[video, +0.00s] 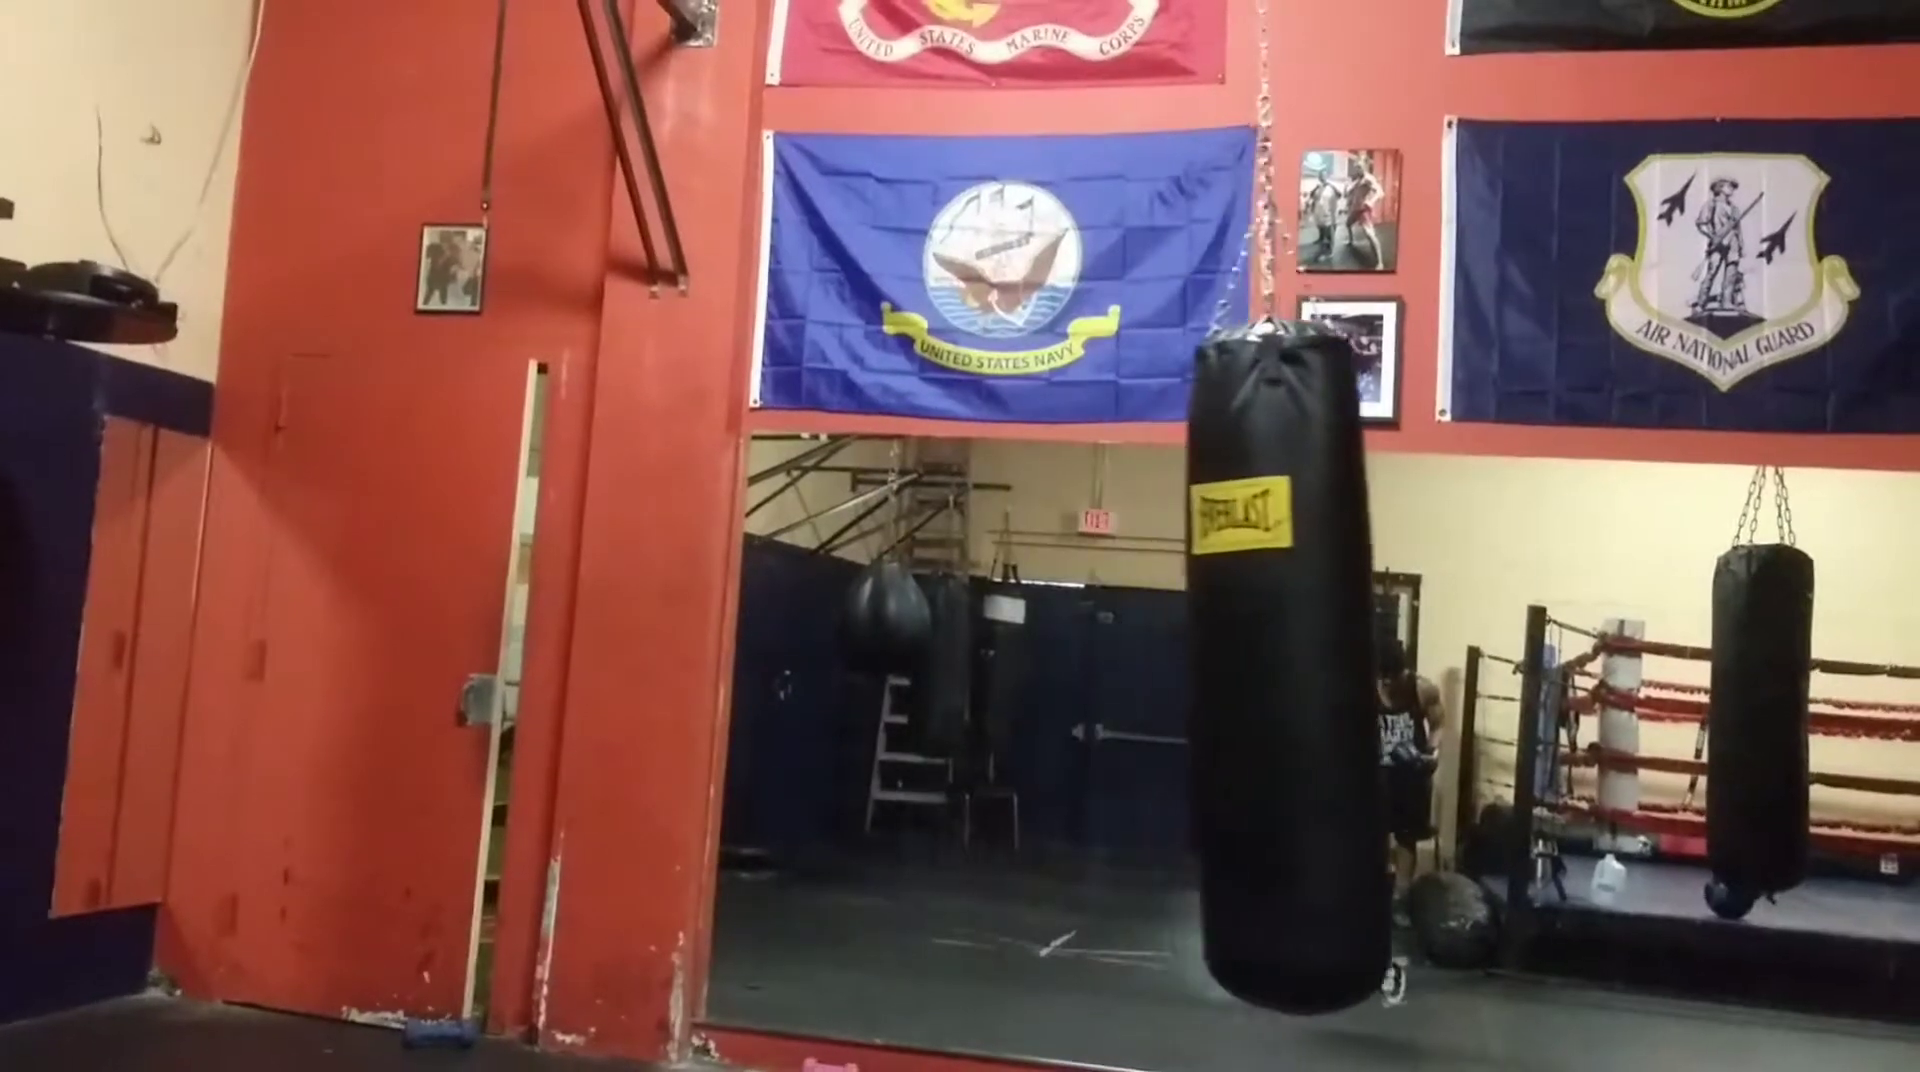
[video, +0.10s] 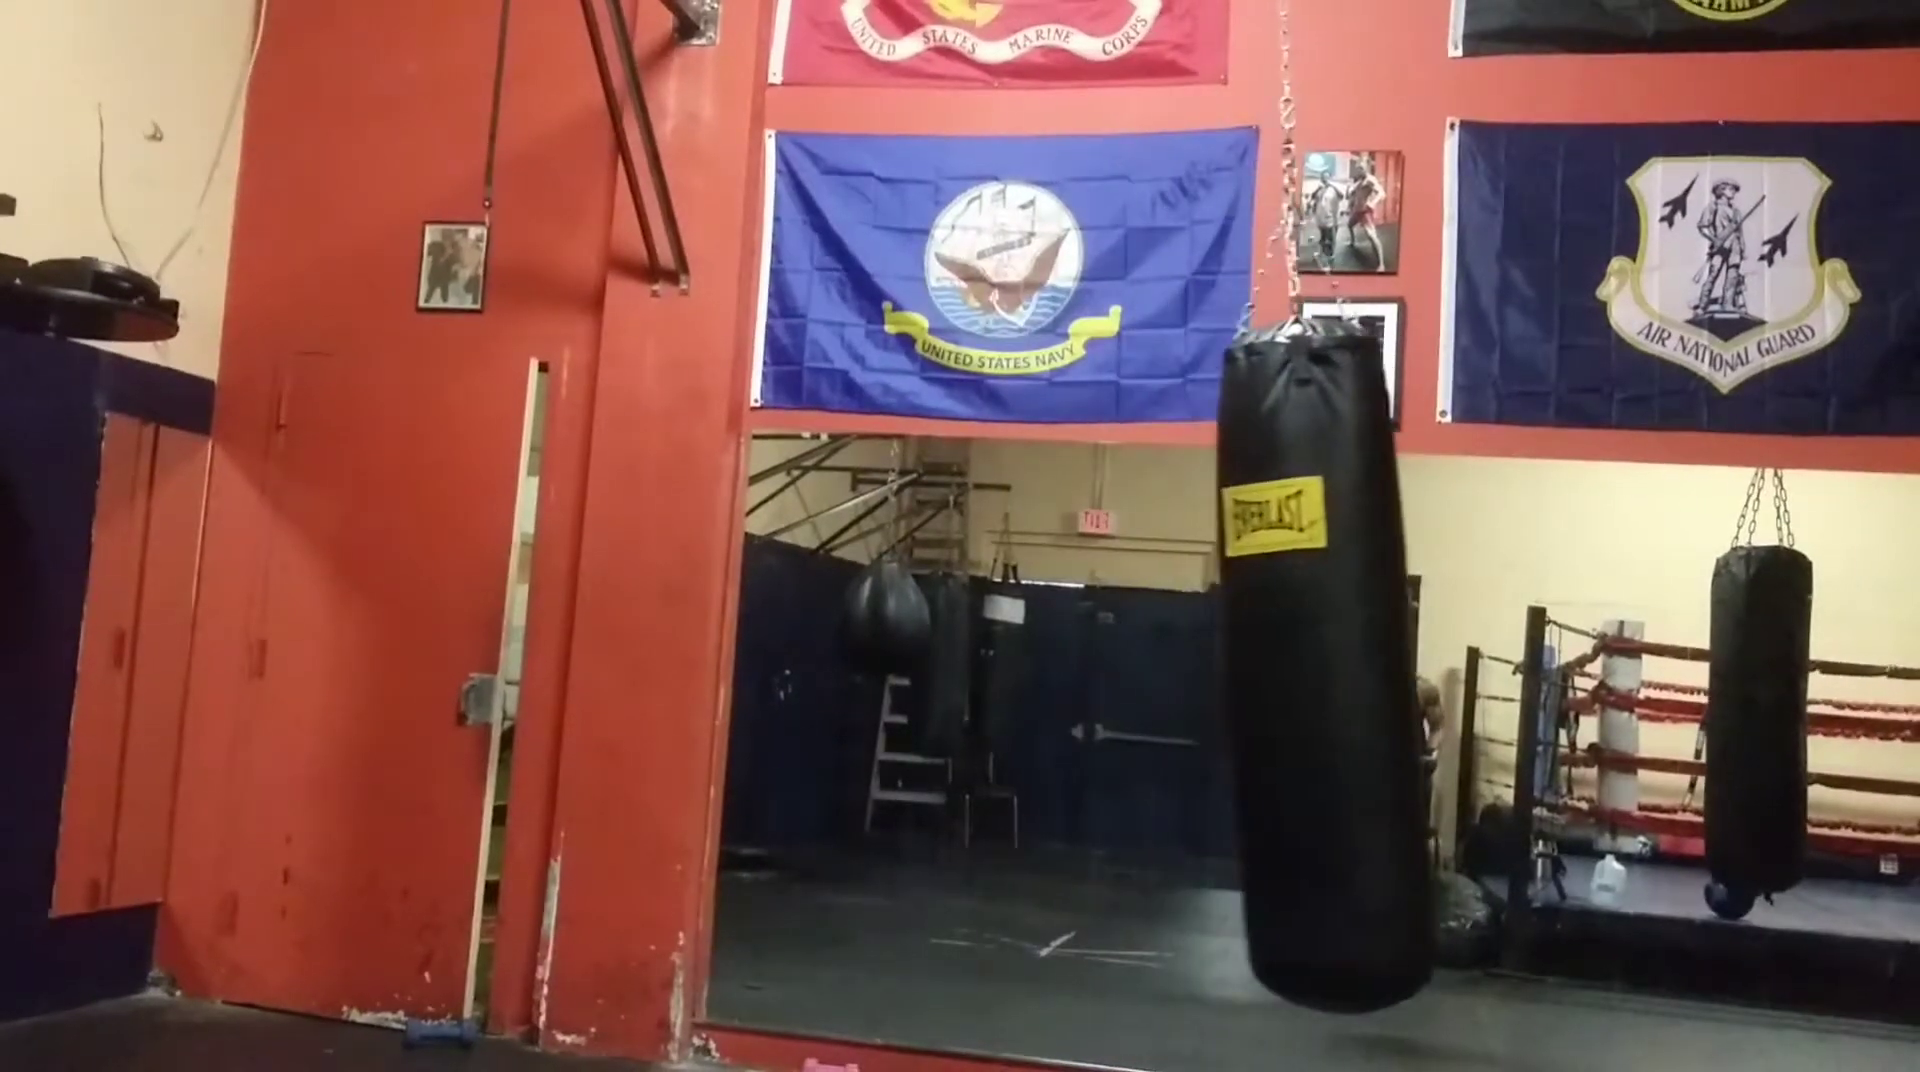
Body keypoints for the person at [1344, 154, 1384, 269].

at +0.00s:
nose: (1353, 170)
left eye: (1356, 167)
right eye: (1352, 167)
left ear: (1361, 168)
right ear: (1353, 169)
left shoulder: (1368, 179)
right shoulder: (1354, 182)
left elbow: (1379, 192)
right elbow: (1347, 194)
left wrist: (1369, 203)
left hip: (1364, 209)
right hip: (1353, 210)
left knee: (1369, 234)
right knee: (1349, 224)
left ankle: (1379, 262)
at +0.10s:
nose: (1356, 171)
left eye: (1359, 168)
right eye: (1355, 169)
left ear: (1364, 169)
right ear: (1356, 170)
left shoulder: (1369, 180)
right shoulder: (1356, 183)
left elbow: (1381, 193)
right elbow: (1348, 195)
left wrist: (1371, 204)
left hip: (1365, 210)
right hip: (1356, 210)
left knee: (1371, 235)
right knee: (1350, 226)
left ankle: (1380, 264)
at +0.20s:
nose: (1355, 171)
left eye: (1358, 168)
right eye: (1354, 168)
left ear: (1363, 169)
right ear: (1354, 170)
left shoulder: (1370, 180)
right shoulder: (1356, 184)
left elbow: (1381, 194)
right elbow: (1348, 196)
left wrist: (1372, 204)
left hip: (1365, 211)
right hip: (1355, 212)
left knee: (1371, 235)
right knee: (1350, 226)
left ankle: (1380, 264)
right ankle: (1352, 243)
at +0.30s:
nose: (1353, 171)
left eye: (1355, 167)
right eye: (1352, 168)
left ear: (1362, 168)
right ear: (1354, 169)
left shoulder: (1368, 180)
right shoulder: (1355, 183)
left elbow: (1379, 193)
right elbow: (1349, 196)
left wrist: (1370, 203)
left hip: (1364, 211)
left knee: (1370, 236)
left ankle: (1379, 264)